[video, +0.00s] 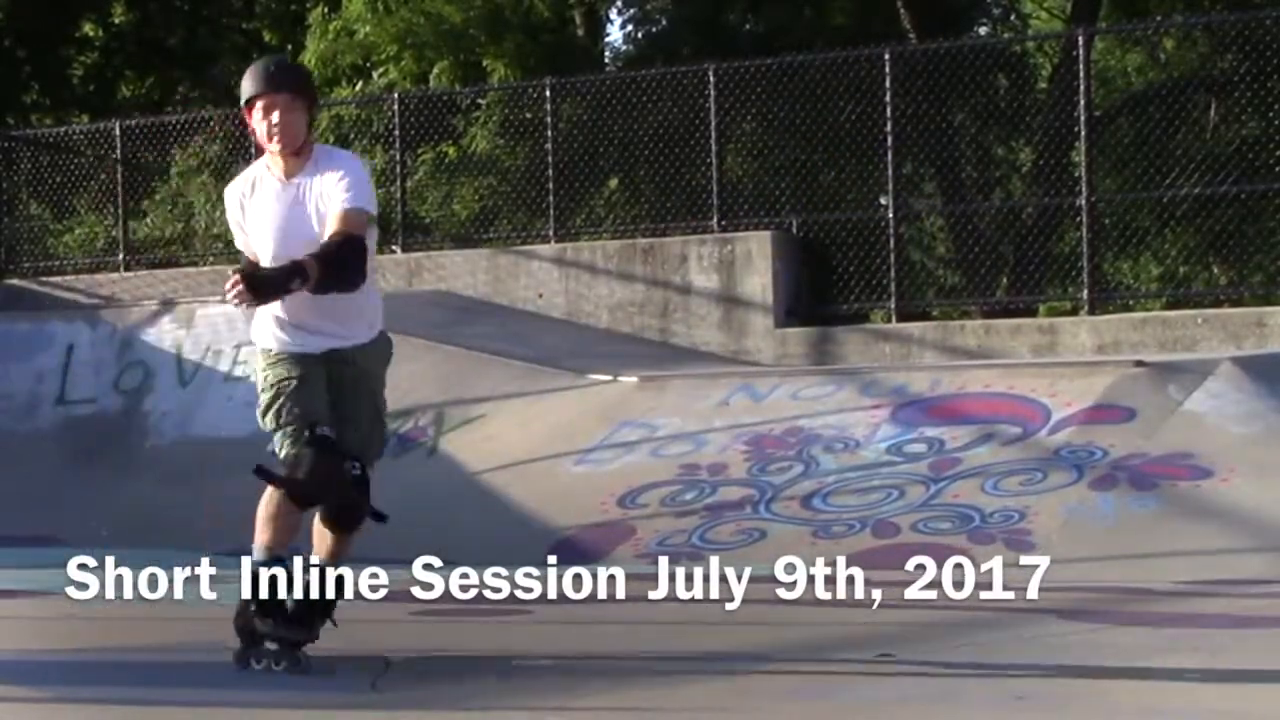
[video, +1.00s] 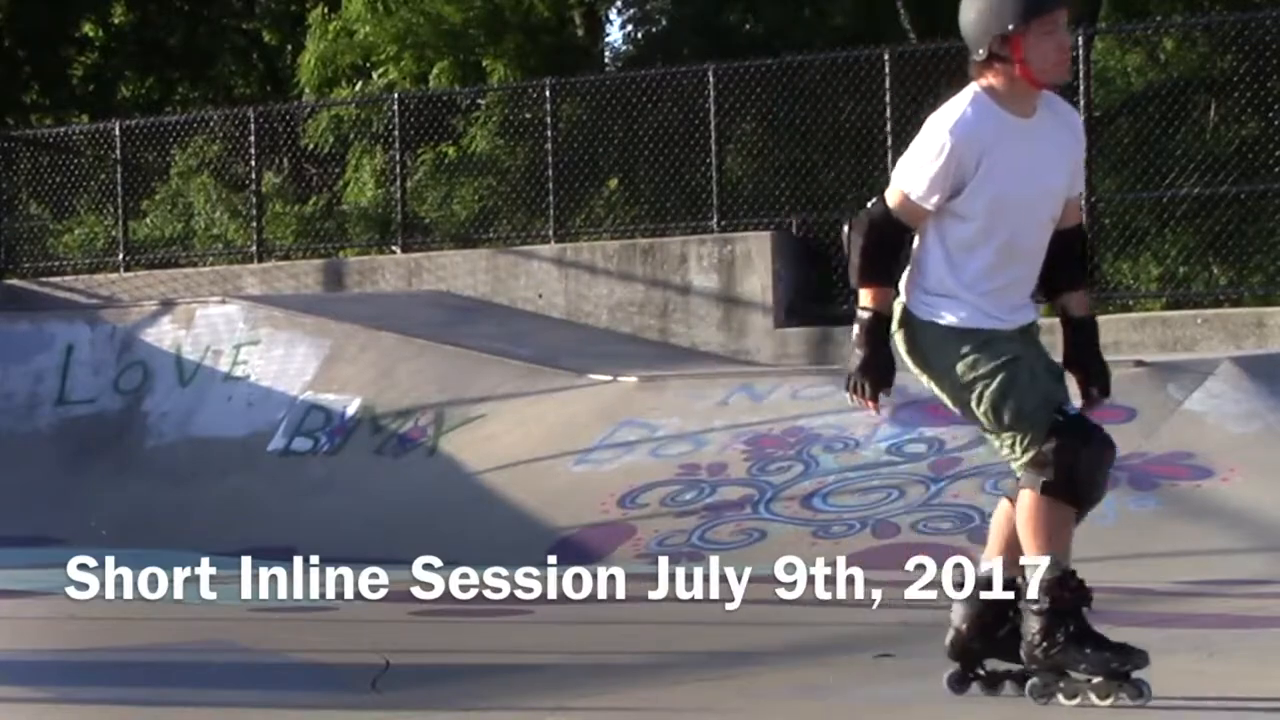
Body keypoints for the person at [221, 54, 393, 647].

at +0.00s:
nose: (273, 122)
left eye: (284, 109)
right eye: (262, 112)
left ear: (309, 111)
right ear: (248, 122)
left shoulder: (344, 172)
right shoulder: (240, 194)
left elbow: (347, 263)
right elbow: (264, 272)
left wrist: (277, 279)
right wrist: (253, 289)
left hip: (356, 346)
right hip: (285, 344)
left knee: (350, 487)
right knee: (304, 465)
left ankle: (315, 606)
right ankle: (258, 605)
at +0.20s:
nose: (438, 124)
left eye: (448, 110)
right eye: (426, 110)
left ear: (462, 112)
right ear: (399, 113)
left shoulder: (480, 181)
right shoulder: (358, 180)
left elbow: (477, 290)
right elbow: (303, 246)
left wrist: (429, 353)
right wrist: (271, 319)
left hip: (432, 345)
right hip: (364, 338)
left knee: (387, 488)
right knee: (417, 457)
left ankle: (322, 611)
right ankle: (399, 609)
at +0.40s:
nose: (608, 113)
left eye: (613, 99)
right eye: (596, 99)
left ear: (613, 102)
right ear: (555, 101)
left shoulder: (613, 180)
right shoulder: (499, 166)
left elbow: (628, 277)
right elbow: (408, 226)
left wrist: (643, 362)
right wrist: (363, 307)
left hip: (527, 345)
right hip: (471, 333)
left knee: (499, 492)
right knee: (554, 454)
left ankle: (422, 617)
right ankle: (551, 617)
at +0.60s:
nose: (753, 81)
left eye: (752, 68)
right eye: (740, 70)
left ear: (721, 78)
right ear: (694, 77)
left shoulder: (743, 157)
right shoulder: (642, 144)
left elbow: (775, 260)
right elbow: (559, 224)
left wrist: (820, 344)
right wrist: (527, 322)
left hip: (666, 331)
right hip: (610, 324)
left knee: (657, 490)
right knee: (709, 452)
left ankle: (573, 619)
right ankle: (717, 621)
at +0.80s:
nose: (900, 52)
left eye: (897, 39)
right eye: (887, 41)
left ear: (859, 54)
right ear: (839, 56)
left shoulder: (889, 134)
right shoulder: (791, 132)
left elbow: (902, 247)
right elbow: (712, 225)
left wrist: (934, 332)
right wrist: (692, 329)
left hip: (830, 326)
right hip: (766, 321)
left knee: (839, 474)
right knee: (868, 447)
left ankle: (758, 616)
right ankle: (881, 624)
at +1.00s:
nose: (1067, 41)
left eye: (1065, 27)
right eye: (1052, 29)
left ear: (1035, 45)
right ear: (1005, 45)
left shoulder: (1065, 125)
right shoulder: (957, 127)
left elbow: (1068, 244)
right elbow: (886, 231)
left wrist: (1081, 339)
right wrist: (870, 338)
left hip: (1012, 322)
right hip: (944, 323)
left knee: (1041, 464)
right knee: (1059, 451)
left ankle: (984, 619)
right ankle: (1055, 629)